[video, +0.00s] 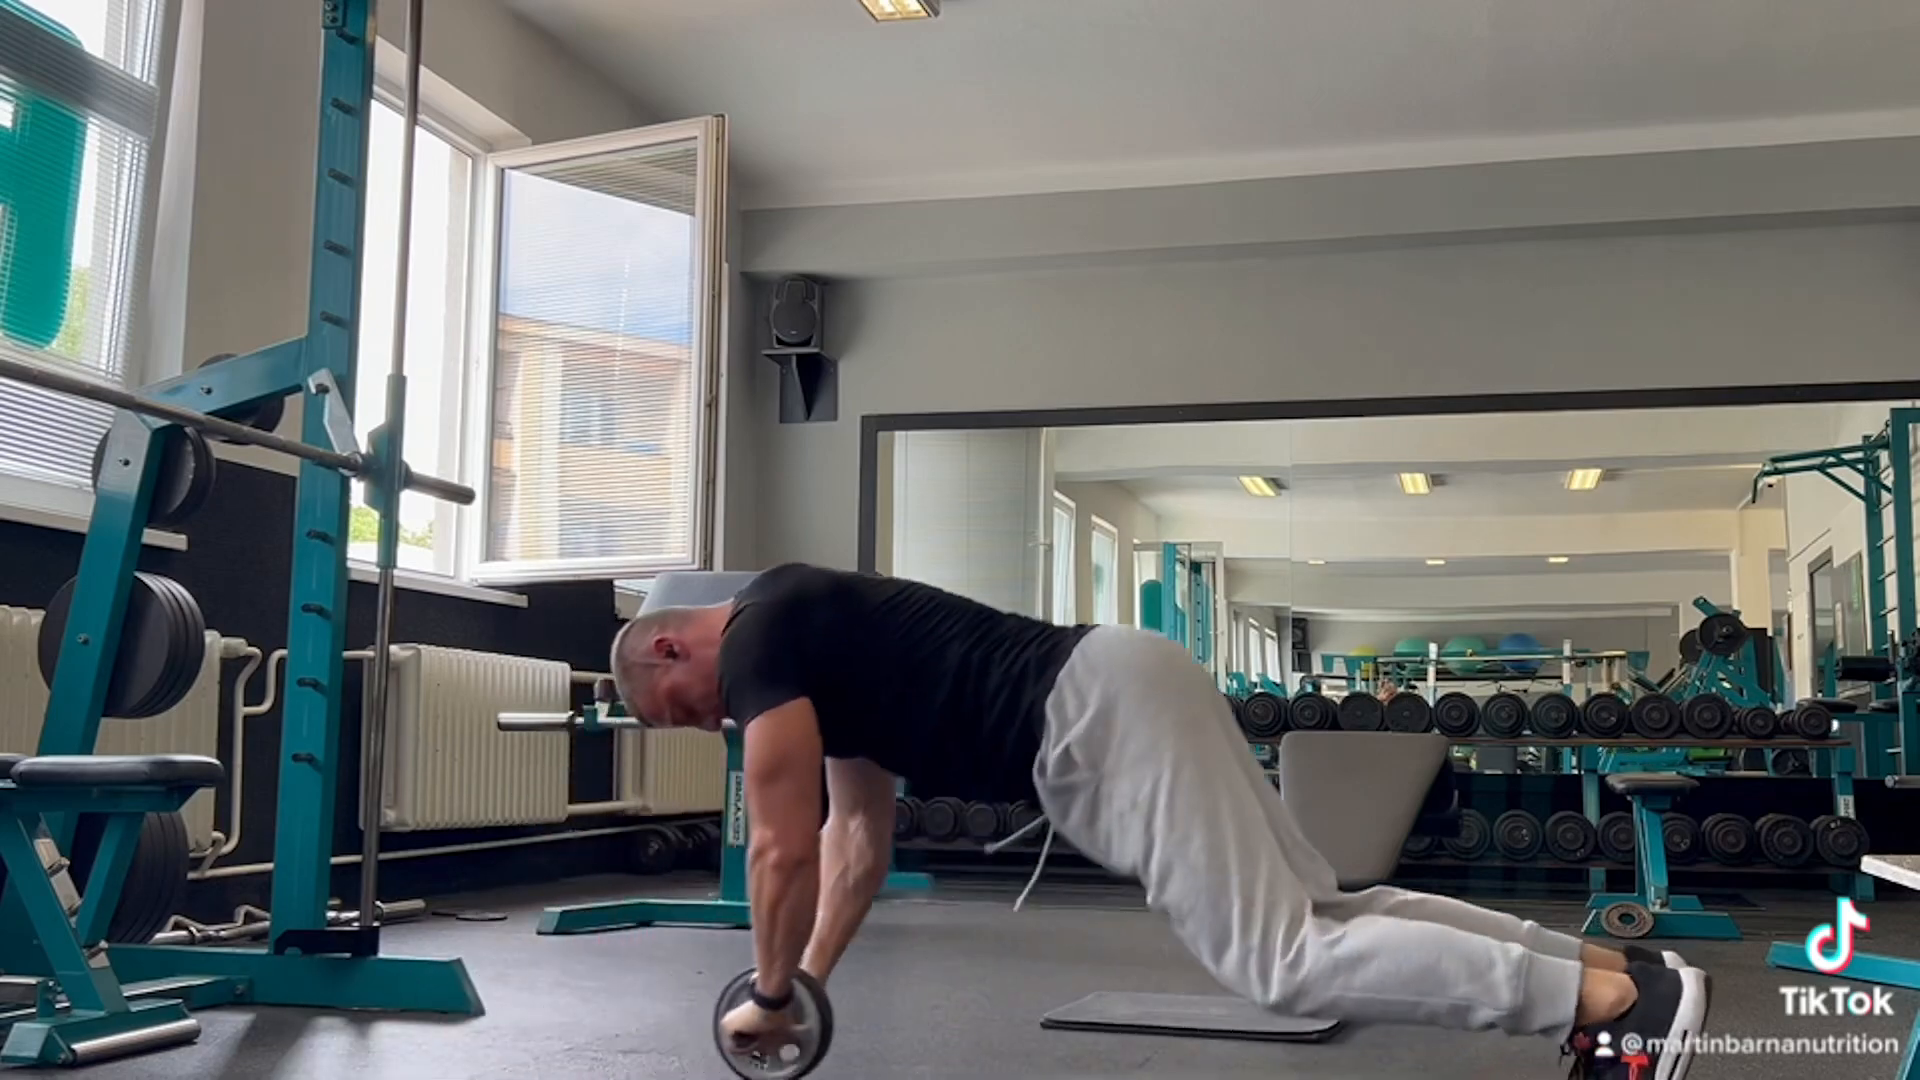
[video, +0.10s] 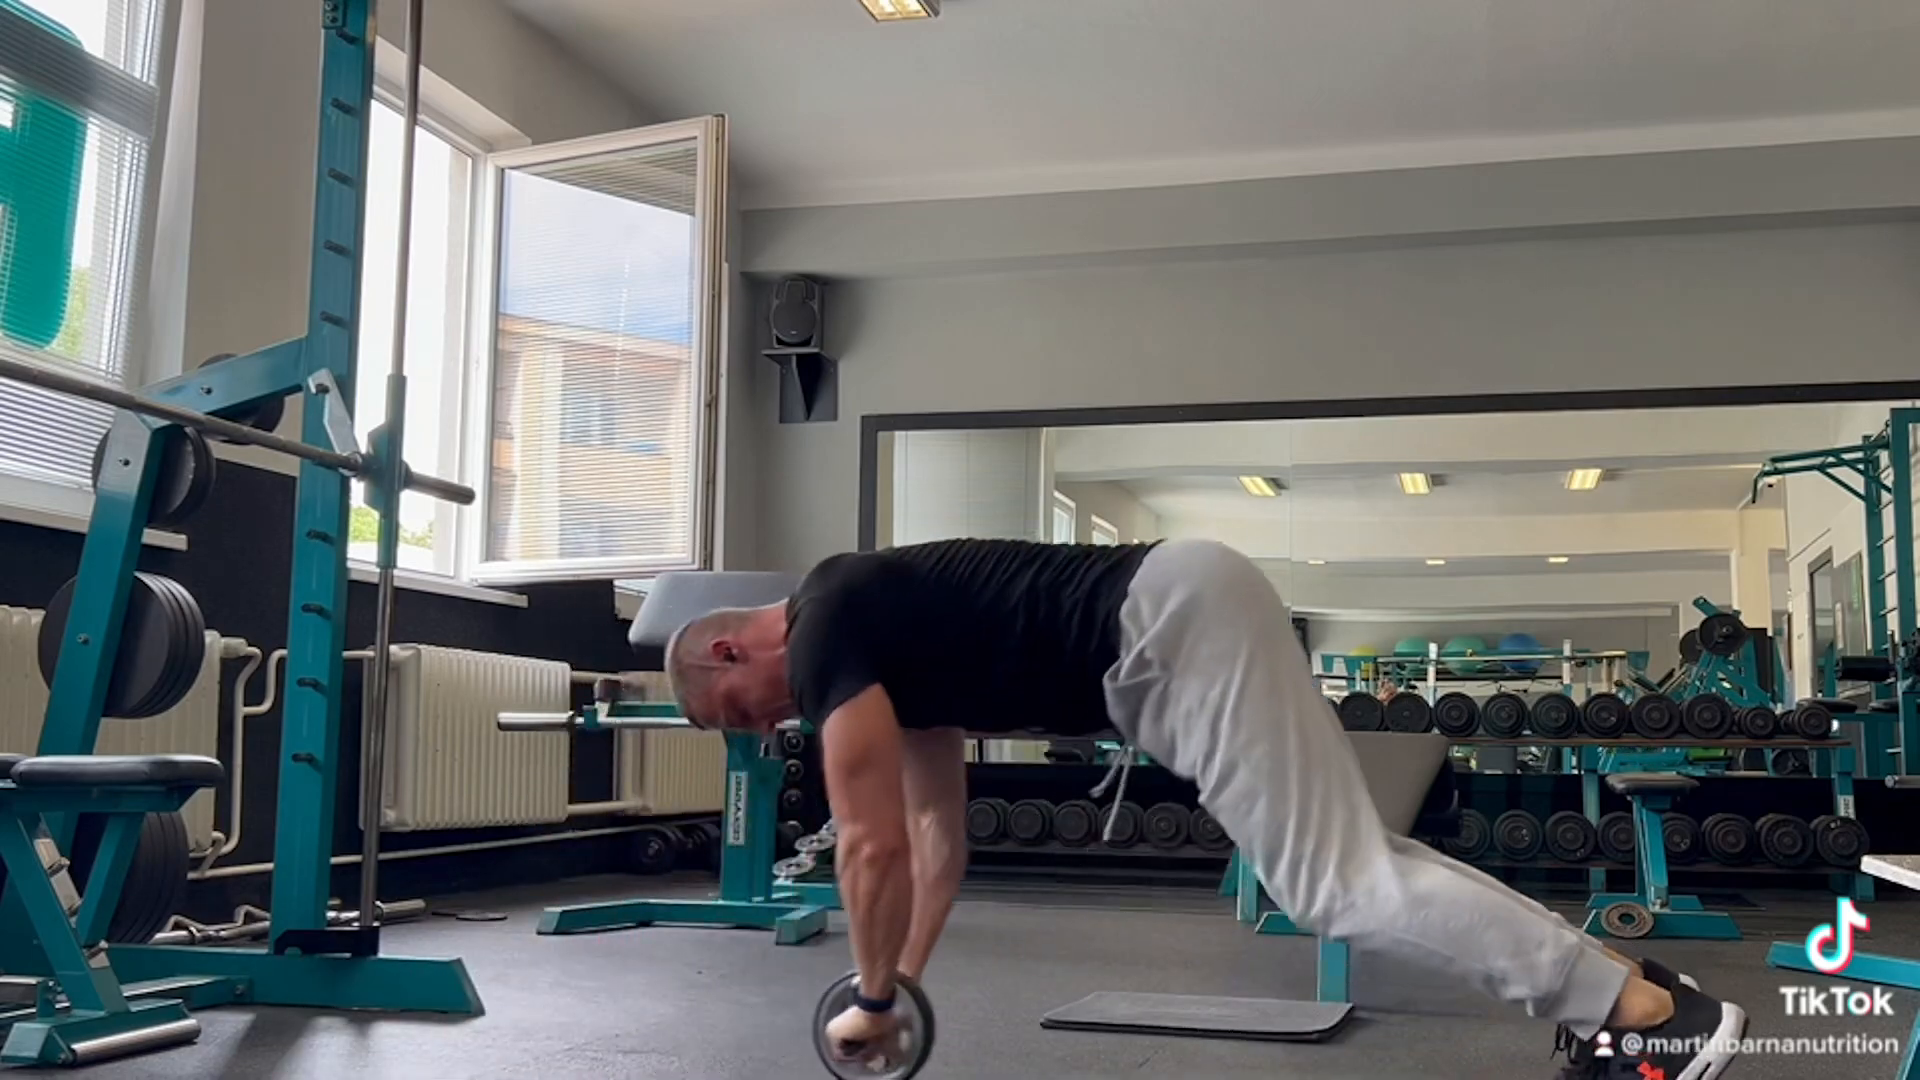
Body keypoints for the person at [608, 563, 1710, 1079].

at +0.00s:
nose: (672, 725)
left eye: (655, 704)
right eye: (660, 715)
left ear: (666, 648)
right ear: (690, 643)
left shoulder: (765, 630)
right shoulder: (823, 641)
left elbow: (786, 844)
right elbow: (852, 847)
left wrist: (772, 995)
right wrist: (799, 988)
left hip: (1104, 703)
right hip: (1120, 703)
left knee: (1284, 960)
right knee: (1310, 917)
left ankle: (1604, 994)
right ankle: (1598, 971)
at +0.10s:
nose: (755, 729)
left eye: (733, 713)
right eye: (741, 726)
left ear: (728, 648)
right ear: (753, 644)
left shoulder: (826, 621)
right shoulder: (881, 633)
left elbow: (868, 827)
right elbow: (933, 835)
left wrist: (873, 988)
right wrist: (892, 990)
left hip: (1171, 619)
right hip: (1189, 613)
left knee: (1334, 882)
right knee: (1348, 866)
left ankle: (1636, 1005)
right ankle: (1626, 997)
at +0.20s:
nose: (834, 737)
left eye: (809, 720)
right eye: (812, 733)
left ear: (809, 652)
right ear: (822, 646)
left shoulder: (915, 622)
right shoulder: (940, 618)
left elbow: (984, 838)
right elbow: (1028, 830)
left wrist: (998, 1002)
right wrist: (1012, 986)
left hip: (1249, 548)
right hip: (1260, 537)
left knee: (1375, 835)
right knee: (1366, 823)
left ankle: (1640, 1015)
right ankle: (1604, 999)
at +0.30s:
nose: (912, 750)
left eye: (886, 733)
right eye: (888, 740)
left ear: (904, 672)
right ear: (911, 652)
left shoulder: (1011, 629)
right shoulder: (1023, 620)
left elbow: (1112, 844)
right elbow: (1142, 818)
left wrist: (1149, 1007)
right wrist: (1154, 983)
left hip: (1330, 521)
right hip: (1334, 513)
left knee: (1418, 816)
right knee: (1423, 806)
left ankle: (1659, 1031)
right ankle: (1603, 1007)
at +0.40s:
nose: (993, 785)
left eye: (971, 763)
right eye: (971, 775)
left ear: (997, 697)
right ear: (1002, 689)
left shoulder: (1102, 658)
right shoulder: (1112, 643)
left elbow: (1235, 855)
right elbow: (1258, 831)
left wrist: (1310, 1020)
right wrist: (1313, 1006)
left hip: (1404, 503)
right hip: (1412, 497)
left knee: (1455, 808)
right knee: (1469, 799)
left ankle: (1661, 1034)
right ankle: (1636, 1019)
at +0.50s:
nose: (1067, 824)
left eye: (1053, 797)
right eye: (1048, 812)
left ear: (1086, 733)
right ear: (1091, 729)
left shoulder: (1185, 697)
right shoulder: (1183, 696)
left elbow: (1372, 867)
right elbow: (1365, 857)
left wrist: (1483, 1023)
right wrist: (1477, 1016)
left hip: (1458, 489)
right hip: (1460, 486)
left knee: (1490, 800)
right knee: (1502, 793)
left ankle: (1675, 1040)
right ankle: (1655, 1024)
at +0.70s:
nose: (1065, 790)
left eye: (1047, 765)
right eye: (1045, 776)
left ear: (1079, 705)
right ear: (1085, 697)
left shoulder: (1181, 660)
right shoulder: (1194, 647)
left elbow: (1336, 850)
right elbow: (1350, 837)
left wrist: (1409, 1020)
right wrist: (1409, 1006)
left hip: (1479, 484)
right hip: (1485, 475)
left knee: (1495, 796)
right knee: (1508, 789)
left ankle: (1685, 1042)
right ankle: (1644, 1023)